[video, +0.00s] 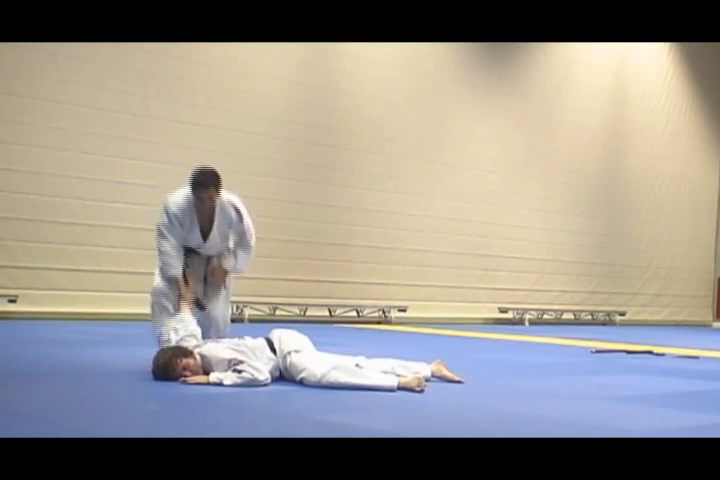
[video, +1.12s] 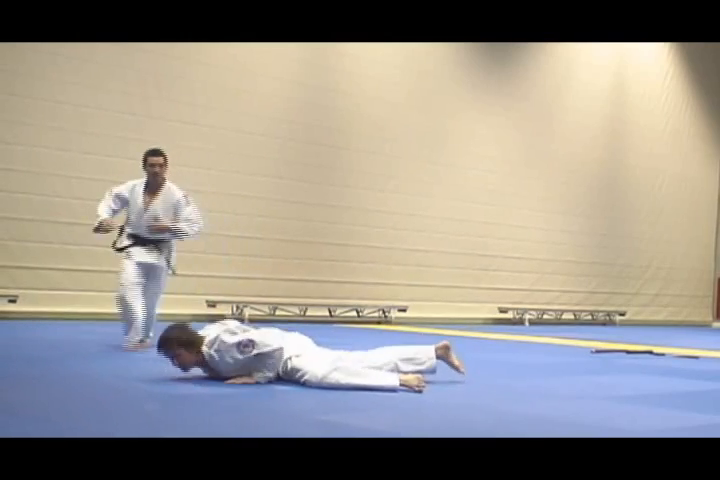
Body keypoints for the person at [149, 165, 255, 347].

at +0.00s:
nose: (207, 204)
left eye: (212, 198)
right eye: (201, 199)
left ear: (219, 193)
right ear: (193, 195)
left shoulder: (232, 207)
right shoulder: (175, 207)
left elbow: (246, 245)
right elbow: (168, 248)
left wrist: (226, 266)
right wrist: (182, 287)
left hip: (216, 257)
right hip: (182, 256)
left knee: (217, 309)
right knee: (162, 292)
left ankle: (217, 358)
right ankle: (171, 351)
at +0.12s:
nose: (213, 224)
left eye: (218, 218)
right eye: (208, 218)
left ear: (227, 213)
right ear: (202, 213)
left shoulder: (239, 221)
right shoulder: (186, 224)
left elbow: (249, 255)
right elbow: (180, 266)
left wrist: (227, 273)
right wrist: (183, 312)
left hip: (218, 271)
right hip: (188, 268)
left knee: (222, 315)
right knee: (162, 308)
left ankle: (218, 361)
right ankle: (171, 350)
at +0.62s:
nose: (199, 197)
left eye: (202, 192)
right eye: (194, 192)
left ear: (208, 191)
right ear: (185, 191)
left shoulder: (215, 211)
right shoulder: (171, 211)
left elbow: (226, 244)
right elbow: (169, 251)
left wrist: (213, 268)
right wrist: (184, 283)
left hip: (201, 258)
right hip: (174, 256)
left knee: (209, 304)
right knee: (170, 306)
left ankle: (216, 351)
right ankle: (165, 350)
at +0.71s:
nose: (192, 183)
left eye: (196, 178)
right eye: (186, 178)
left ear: (202, 178)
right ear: (178, 178)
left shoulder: (208, 201)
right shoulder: (162, 200)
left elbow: (217, 232)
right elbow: (157, 238)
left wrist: (211, 260)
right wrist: (176, 269)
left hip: (193, 252)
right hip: (165, 251)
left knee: (207, 288)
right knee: (168, 295)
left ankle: (205, 342)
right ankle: (167, 347)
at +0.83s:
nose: (179, 169)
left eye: (183, 164)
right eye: (174, 164)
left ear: (189, 166)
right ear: (166, 165)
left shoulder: (197, 193)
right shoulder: (152, 191)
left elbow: (211, 222)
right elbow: (135, 223)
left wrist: (208, 249)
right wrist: (144, 254)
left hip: (186, 249)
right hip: (156, 248)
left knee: (193, 302)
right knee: (167, 293)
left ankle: (177, 342)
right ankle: (167, 346)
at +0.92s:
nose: (171, 166)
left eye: (175, 161)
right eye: (166, 162)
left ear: (181, 163)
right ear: (158, 163)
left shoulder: (191, 189)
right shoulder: (144, 188)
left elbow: (211, 218)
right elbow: (120, 212)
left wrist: (197, 233)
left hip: (179, 247)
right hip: (151, 246)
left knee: (174, 296)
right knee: (161, 291)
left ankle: (152, 333)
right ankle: (165, 344)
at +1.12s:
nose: (156, 170)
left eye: (160, 166)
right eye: (152, 166)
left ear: (166, 167)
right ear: (145, 168)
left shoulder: (175, 195)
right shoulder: (133, 188)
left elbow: (194, 225)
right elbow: (112, 198)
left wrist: (169, 228)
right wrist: (104, 217)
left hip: (160, 249)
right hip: (134, 246)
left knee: (152, 297)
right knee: (130, 286)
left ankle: (146, 337)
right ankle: (135, 334)